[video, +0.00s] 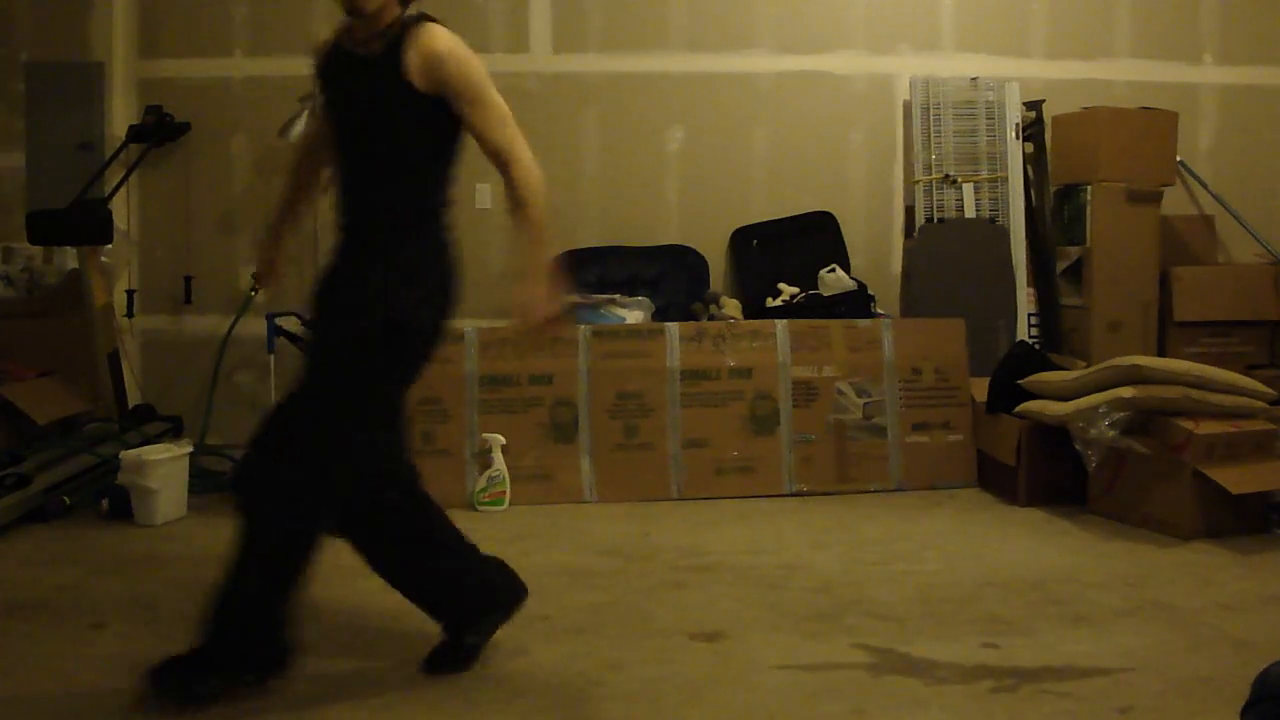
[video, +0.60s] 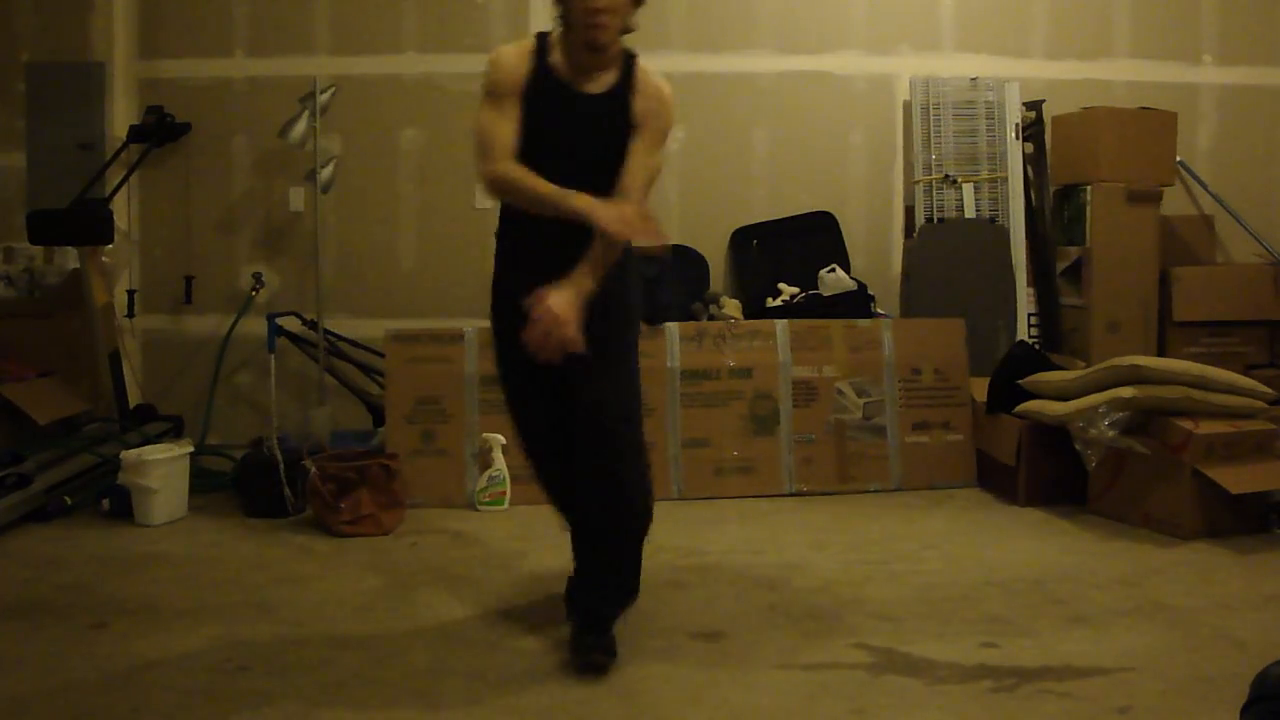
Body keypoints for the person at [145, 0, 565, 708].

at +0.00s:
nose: (360, 5)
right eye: (351, 0)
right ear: (344, 3)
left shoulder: (433, 49)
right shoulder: (339, 56)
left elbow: (517, 160)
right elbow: (315, 155)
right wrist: (273, 244)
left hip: (409, 285)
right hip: (352, 284)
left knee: (288, 460)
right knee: (352, 464)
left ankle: (243, 647)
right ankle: (473, 592)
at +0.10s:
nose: (381, 7)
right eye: (374, 1)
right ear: (372, 10)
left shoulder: (479, 71)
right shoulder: (381, 78)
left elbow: (544, 189)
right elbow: (369, 179)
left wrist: (446, 246)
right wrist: (329, 248)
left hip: (465, 291)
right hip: (404, 287)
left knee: (351, 437)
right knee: (402, 451)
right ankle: (498, 614)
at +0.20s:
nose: (418, 5)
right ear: (408, 8)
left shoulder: (514, 67)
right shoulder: (409, 68)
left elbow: (560, 188)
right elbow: (405, 186)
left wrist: (457, 159)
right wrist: (408, 167)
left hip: (505, 276)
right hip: (443, 272)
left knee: (450, 445)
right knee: (425, 447)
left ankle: (530, 555)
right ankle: (495, 623)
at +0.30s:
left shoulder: (542, 44)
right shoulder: (431, 45)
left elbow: (561, 168)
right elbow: (436, 127)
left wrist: (493, 131)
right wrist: (438, 158)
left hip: (544, 249)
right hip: (479, 247)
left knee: (533, 416)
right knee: (468, 413)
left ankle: (551, 596)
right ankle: (517, 593)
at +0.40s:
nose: (497, 8)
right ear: (476, 5)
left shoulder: (577, 65)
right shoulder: (462, 65)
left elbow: (571, 178)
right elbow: (456, 149)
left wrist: (509, 172)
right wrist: (472, 177)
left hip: (574, 264)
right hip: (505, 263)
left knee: (579, 427)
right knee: (518, 431)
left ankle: (555, 608)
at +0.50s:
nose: (544, 17)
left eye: (559, 5)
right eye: (531, 4)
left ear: (584, 13)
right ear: (513, 14)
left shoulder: (614, 96)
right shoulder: (483, 90)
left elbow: (606, 193)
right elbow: (462, 192)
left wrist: (566, 244)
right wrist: (513, 199)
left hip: (598, 278)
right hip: (524, 280)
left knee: (601, 441)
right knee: (562, 434)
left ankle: (587, 634)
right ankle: (632, 542)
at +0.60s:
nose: (600, 17)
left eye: (614, 7)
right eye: (587, 5)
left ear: (633, 13)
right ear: (562, 7)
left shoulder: (650, 96)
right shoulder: (512, 66)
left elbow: (626, 211)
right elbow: (495, 171)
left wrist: (575, 290)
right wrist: (596, 209)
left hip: (606, 274)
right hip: (524, 269)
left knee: (609, 440)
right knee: (544, 434)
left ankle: (596, 616)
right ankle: (598, 559)